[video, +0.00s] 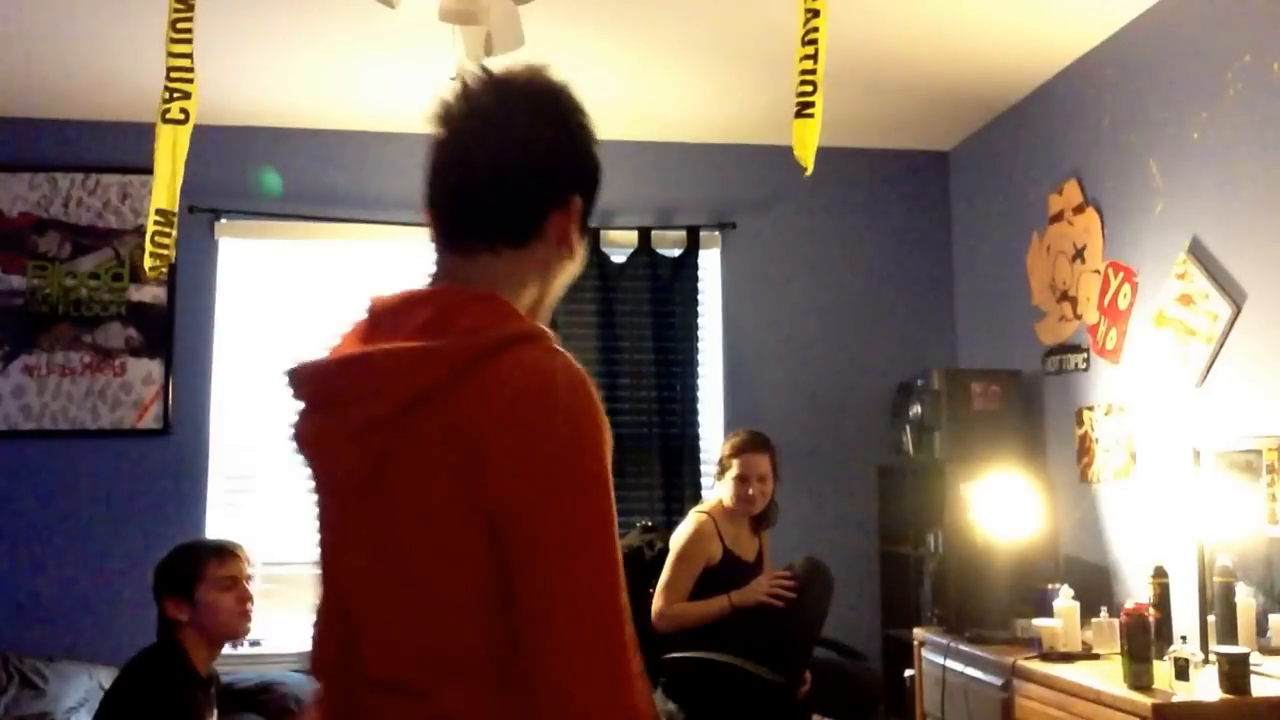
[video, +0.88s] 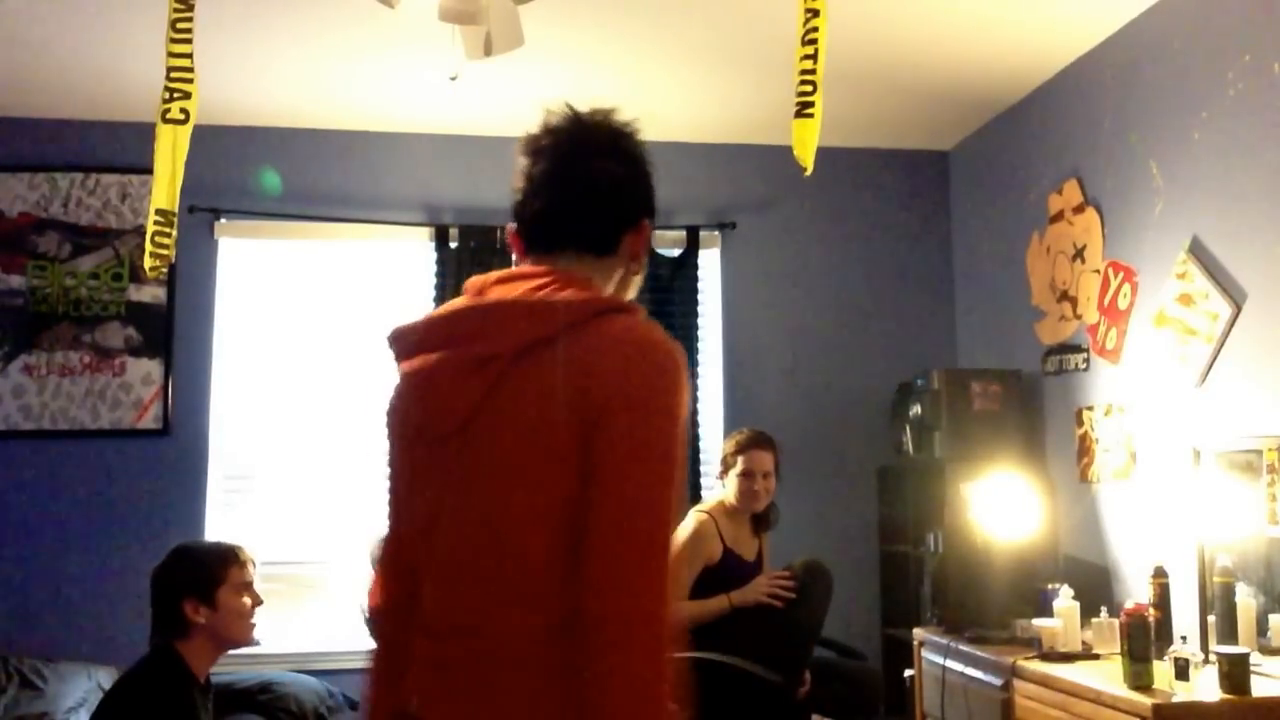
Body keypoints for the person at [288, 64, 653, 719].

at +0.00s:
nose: (581, 254)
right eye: (586, 232)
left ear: (434, 215)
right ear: (568, 225)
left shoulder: (363, 361)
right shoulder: (537, 383)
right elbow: (585, 661)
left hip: (356, 697)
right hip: (496, 702)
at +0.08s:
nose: (602, 249)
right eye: (606, 230)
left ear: (456, 228)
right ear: (586, 225)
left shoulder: (388, 356)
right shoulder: (562, 377)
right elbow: (556, 642)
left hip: (377, 693)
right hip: (499, 700)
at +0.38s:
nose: (615, 253)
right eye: (621, 237)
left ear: (483, 231)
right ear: (606, 232)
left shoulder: (423, 346)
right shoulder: (578, 363)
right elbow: (608, 607)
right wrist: (634, 705)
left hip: (429, 686)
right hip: (550, 695)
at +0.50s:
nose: (644, 264)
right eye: (649, 244)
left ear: (511, 235)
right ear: (636, 235)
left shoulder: (433, 354)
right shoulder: (610, 351)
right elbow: (708, 611)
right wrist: (820, 709)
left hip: (416, 692)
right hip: (547, 698)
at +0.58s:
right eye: (647, 244)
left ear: (511, 235)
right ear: (637, 235)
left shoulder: (429, 354)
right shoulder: (618, 353)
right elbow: (691, 617)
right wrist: (770, 705)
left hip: (418, 693)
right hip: (559, 700)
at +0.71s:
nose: (630, 269)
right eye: (635, 249)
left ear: (496, 243)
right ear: (620, 244)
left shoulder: (417, 363)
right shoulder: (622, 369)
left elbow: (390, 583)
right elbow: (611, 591)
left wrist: (381, 710)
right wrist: (620, 705)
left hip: (455, 694)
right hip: (580, 700)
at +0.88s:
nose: (647, 266)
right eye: (651, 248)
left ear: (513, 241)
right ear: (638, 241)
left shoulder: (429, 362)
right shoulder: (635, 356)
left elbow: (401, 575)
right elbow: (626, 588)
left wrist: (389, 707)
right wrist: (632, 708)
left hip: (438, 696)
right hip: (568, 695)